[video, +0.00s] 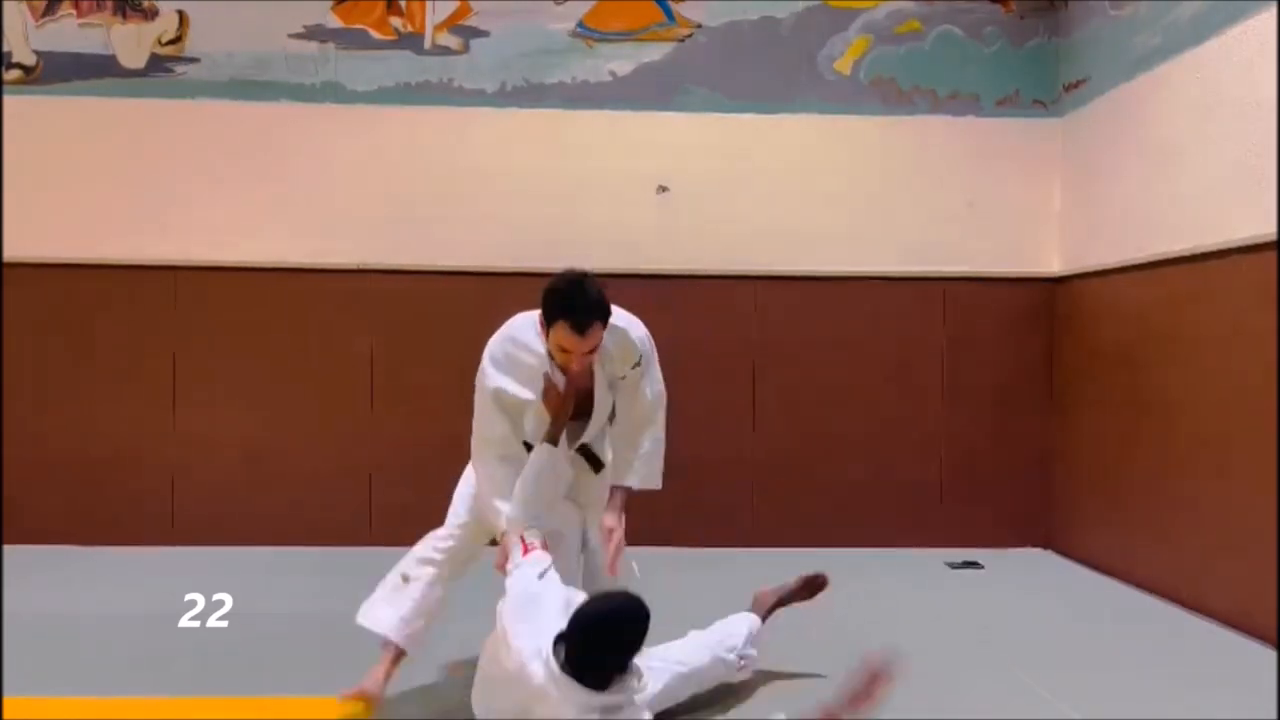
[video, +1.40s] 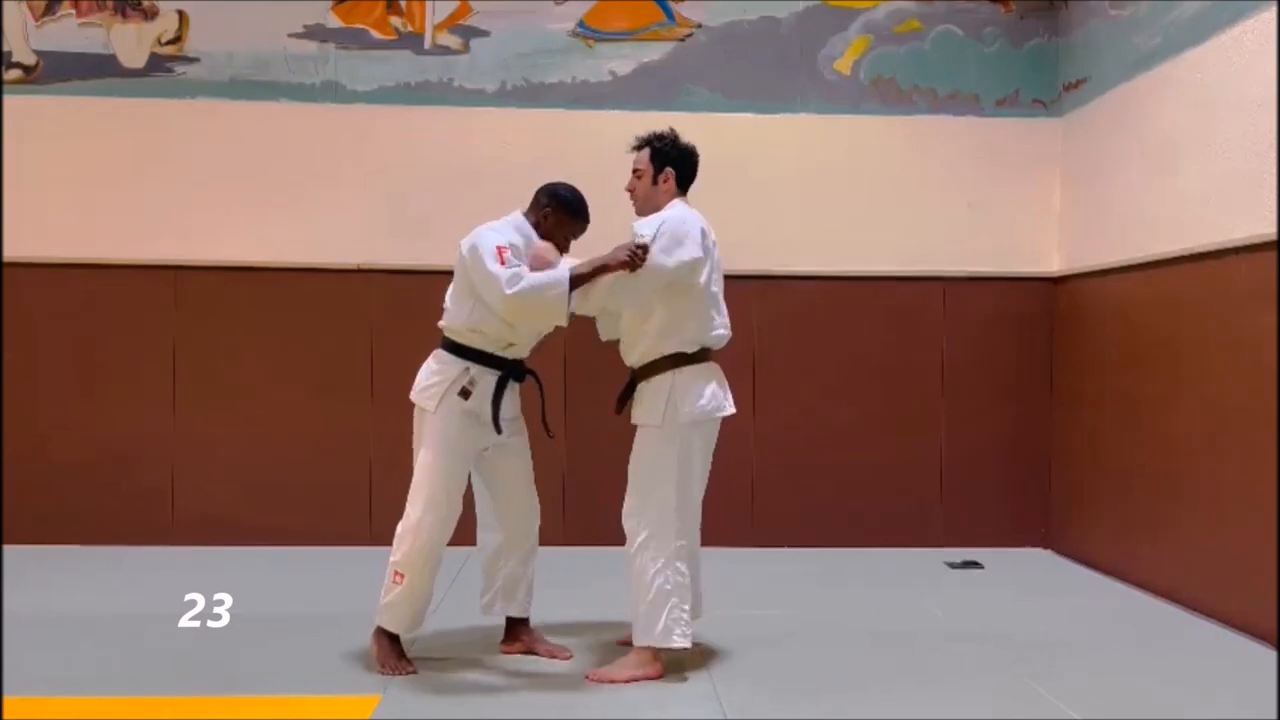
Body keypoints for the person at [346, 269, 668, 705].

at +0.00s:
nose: (578, 362)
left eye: (589, 352)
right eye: (566, 352)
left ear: (603, 329)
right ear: (545, 329)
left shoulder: (629, 341)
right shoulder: (509, 351)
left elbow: (638, 422)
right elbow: (495, 448)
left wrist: (617, 502)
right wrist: (507, 531)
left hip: (584, 466)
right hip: (516, 461)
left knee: (600, 563)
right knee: (453, 544)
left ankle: (602, 664)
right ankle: (381, 672)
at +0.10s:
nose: (579, 378)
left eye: (590, 366)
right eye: (567, 364)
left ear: (602, 351)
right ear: (539, 340)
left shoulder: (600, 360)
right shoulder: (481, 368)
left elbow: (607, 437)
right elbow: (463, 484)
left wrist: (603, 498)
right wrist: (487, 574)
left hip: (532, 477)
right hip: (460, 479)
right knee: (456, 573)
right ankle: (411, 701)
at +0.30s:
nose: (522, 354)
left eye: (536, 338)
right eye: (509, 336)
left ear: (550, 320)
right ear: (477, 304)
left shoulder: (541, 325)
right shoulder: (407, 359)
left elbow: (551, 396)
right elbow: (407, 488)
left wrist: (535, 468)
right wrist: (441, 598)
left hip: (504, 484)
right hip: (432, 490)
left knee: (569, 560)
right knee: (436, 618)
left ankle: (539, 681)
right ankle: (420, 707)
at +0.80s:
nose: (514, 323)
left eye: (526, 305)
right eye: (497, 308)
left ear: (537, 282)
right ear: (460, 282)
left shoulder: (541, 292)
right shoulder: (396, 343)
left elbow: (557, 358)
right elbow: (380, 471)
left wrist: (549, 440)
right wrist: (409, 579)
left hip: (511, 455)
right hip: (424, 467)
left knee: (557, 586)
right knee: (435, 623)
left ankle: (550, 702)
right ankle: (424, 708)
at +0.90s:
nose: (558, 261)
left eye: (569, 247)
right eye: (546, 245)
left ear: (579, 232)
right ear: (509, 228)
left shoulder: (569, 280)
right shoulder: (449, 284)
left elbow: (597, 346)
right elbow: (373, 381)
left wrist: (618, 404)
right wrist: (382, 484)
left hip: (530, 457)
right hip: (455, 455)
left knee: (585, 579)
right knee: (448, 605)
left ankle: (568, 703)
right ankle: (418, 712)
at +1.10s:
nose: (565, 238)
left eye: (571, 229)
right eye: (563, 225)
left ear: (545, 214)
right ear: (536, 208)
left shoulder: (541, 266)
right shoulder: (486, 239)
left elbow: (566, 310)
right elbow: (517, 286)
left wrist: (625, 288)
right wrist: (600, 278)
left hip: (504, 391)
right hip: (456, 383)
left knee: (518, 512)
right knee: (428, 510)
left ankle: (516, 628)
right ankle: (386, 631)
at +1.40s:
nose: (568, 243)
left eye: (573, 236)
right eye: (566, 233)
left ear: (554, 219)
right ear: (545, 213)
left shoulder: (549, 259)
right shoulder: (489, 239)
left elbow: (591, 303)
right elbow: (513, 291)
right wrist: (594, 267)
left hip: (503, 393)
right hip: (454, 385)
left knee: (519, 513)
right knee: (432, 512)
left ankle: (517, 628)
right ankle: (388, 633)